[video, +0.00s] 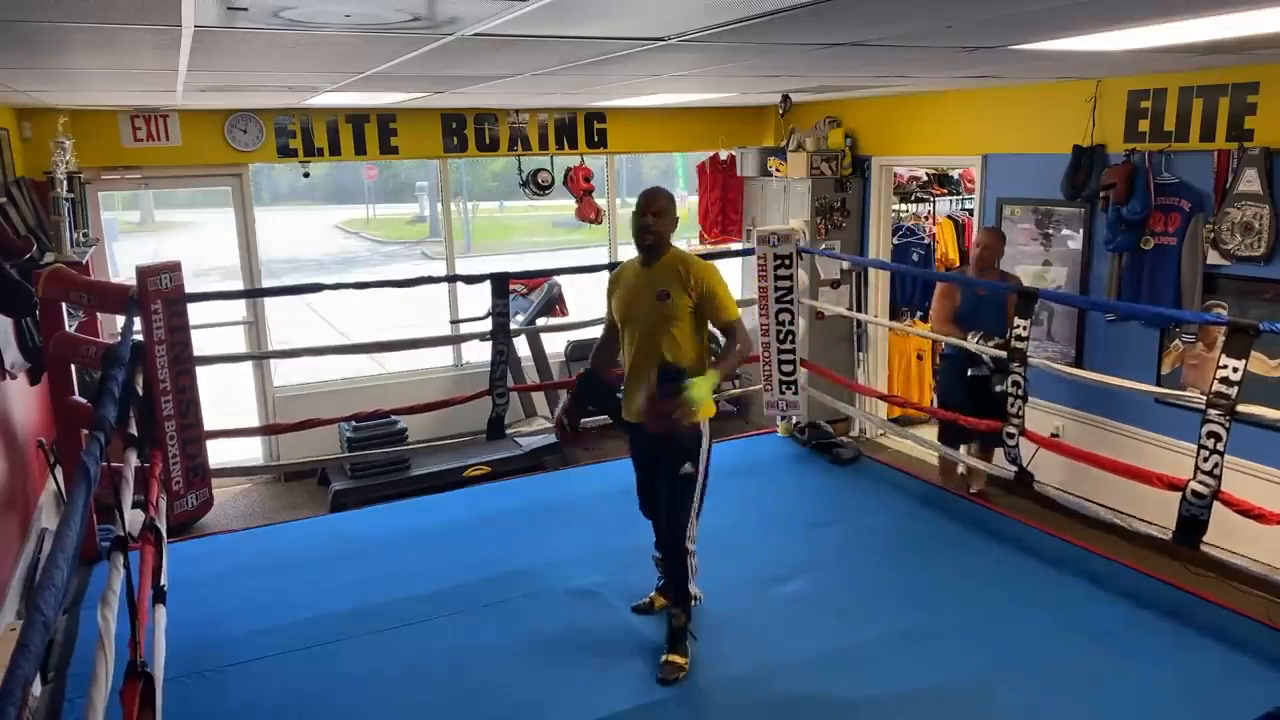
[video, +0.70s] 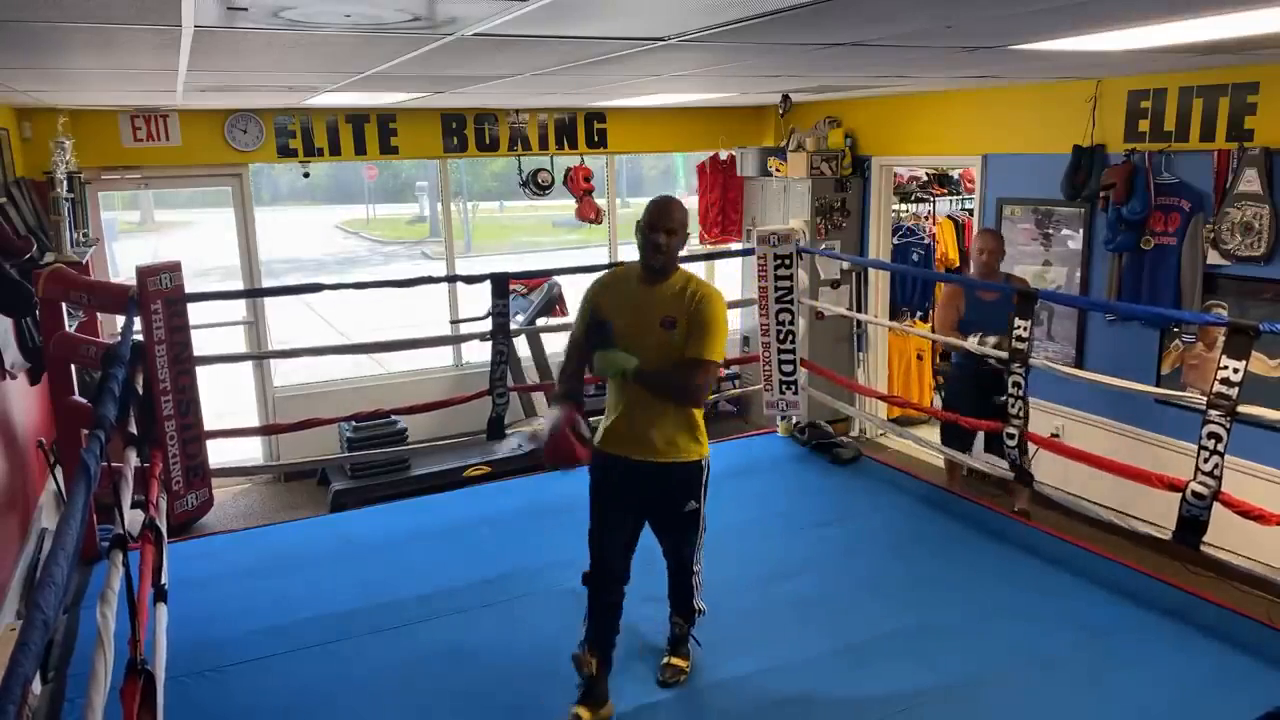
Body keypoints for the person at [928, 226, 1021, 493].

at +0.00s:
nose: (979, 252)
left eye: (987, 248)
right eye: (977, 245)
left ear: (1001, 253)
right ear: (970, 246)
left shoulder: (1011, 285)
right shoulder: (952, 281)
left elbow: (1017, 327)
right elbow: (939, 324)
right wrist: (974, 345)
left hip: (995, 370)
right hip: (957, 368)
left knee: (987, 437)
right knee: (952, 435)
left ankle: (976, 491)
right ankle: (947, 492)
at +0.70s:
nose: (984, 258)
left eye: (991, 253)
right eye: (980, 251)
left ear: (1002, 256)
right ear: (971, 252)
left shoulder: (1017, 287)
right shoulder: (955, 289)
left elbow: (1030, 330)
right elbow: (943, 334)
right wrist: (975, 343)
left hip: (1005, 375)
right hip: (967, 373)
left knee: (1013, 438)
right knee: (956, 437)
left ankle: (1021, 508)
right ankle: (954, 496)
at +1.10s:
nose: (1019, 267)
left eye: (1025, 259)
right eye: (1012, 260)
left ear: (1033, 259)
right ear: (1001, 259)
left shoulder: (1048, 292)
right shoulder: (982, 292)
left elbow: (1059, 343)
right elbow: (962, 335)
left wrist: (1050, 357)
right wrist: (982, 354)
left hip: (1031, 385)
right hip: (988, 382)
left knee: (1030, 449)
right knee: (970, 443)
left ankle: (1022, 513)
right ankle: (956, 498)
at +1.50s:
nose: (1030, 268)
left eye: (1036, 261)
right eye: (1023, 261)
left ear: (1045, 259)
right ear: (1013, 260)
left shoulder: (1061, 291)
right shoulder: (996, 289)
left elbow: (1069, 342)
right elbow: (979, 335)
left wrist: (1058, 355)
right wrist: (1006, 347)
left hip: (1041, 384)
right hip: (998, 379)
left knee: (1034, 453)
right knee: (981, 445)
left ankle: (1023, 515)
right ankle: (974, 508)